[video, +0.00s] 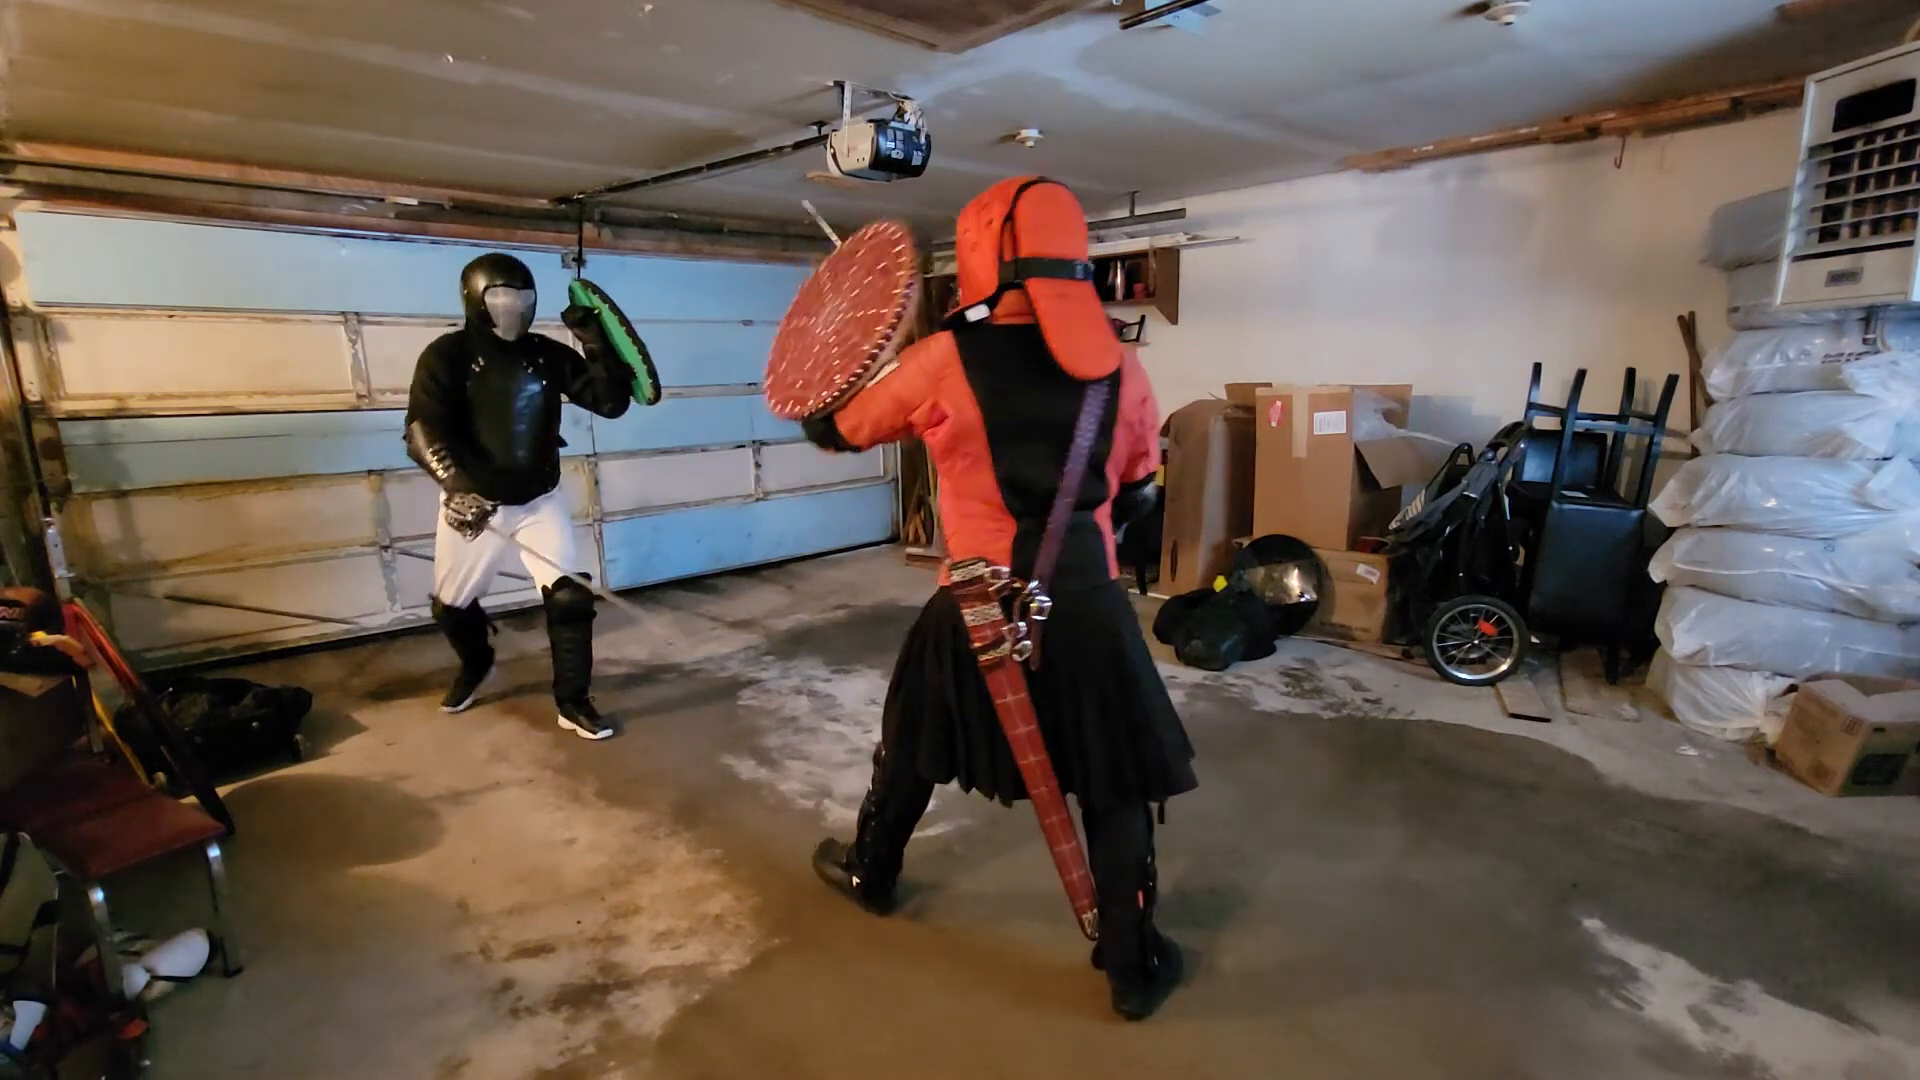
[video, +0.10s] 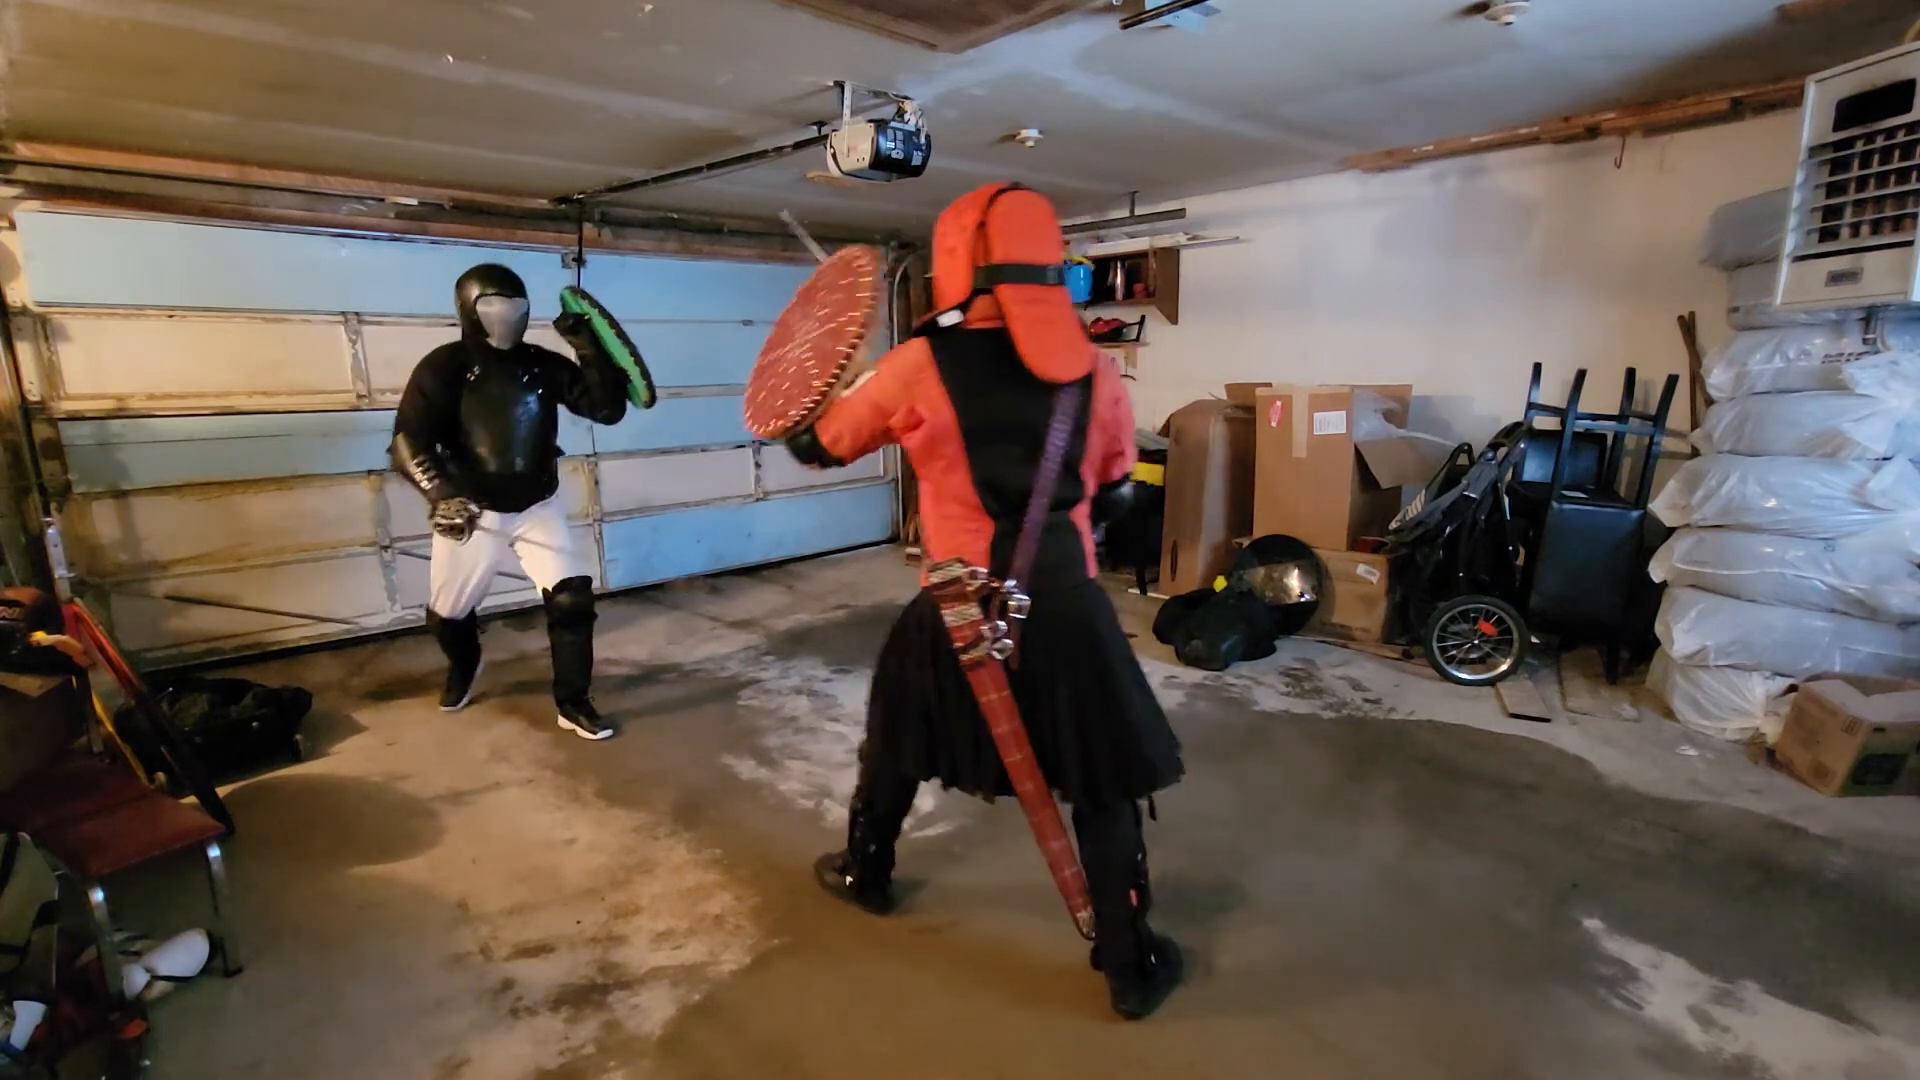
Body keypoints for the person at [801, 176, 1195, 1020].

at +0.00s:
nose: (958, 268)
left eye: (965, 255)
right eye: (966, 255)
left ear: (984, 262)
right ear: (1075, 260)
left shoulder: (945, 360)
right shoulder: (1120, 370)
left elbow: (841, 428)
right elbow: (1137, 497)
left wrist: (831, 375)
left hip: (975, 608)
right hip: (1087, 610)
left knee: (919, 733)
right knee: (1114, 775)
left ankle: (872, 868)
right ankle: (1131, 962)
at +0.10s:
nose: (935, 276)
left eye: (941, 263)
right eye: (941, 264)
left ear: (960, 269)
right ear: (1046, 266)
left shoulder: (921, 365)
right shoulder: (1095, 372)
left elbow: (826, 443)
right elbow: (1110, 485)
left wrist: (809, 397)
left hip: (956, 605)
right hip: (1068, 606)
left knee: (899, 721)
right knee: (1102, 775)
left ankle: (866, 866)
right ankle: (1127, 959)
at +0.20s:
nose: (906, 273)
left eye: (913, 261)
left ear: (930, 269)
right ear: (1015, 267)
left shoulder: (891, 366)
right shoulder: (1063, 369)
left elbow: (803, 452)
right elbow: (1085, 477)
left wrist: (772, 425)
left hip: (933, 601)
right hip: (1044, 602)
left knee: (877, 725)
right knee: (1088, 771)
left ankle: (864, 868)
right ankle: (1127, 961)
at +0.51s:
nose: (864, 279)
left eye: (869, 267)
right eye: (872, 268)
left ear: (883, 269)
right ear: (966, 267)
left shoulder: (850, 363)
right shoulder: (1017, 362)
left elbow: (767, 470)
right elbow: (1042, 488)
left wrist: (756, 436)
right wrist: (977, 489)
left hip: (903, 582)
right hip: (1008, 577)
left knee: (861, 721)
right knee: (1060, 734)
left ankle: (861, 864)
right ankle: (1094, 915)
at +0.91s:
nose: (910, 281)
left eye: (917, 269)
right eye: (917, 269)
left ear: (936, 275)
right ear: (1018, 275)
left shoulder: (900, 370)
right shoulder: (1062, 375)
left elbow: (808, 456)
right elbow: (1083, 473)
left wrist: (783, 456)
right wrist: (1019, 446)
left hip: (933, 600)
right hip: (1039, 598)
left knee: (865, 700)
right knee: (1071, 744)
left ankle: (859, 855)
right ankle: (1098, 920)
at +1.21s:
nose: (881, 286)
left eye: (886, 273)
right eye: (884, 273)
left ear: (901, 277)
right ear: (978, 275)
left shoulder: (866, 368)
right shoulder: (1027, 372)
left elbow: (780, 456)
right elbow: (1046, 493)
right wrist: (987, 521)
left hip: (902, 591)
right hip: (1005, 590)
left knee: (849, 703)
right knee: (1050, 745)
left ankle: (847, 856)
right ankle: (1094, 920)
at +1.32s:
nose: (866, 285)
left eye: (871, 272)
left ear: (883, 274)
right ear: (963, 274)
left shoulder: (850, 363)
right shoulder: (1007, 367)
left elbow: (767, 449)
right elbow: (1034, 488)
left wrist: (746, 431)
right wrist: (982, 514)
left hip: (892, 582)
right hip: (992, 579)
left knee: (843, 707)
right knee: (1050, 733)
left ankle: (846, 852)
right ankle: (1093, 904)